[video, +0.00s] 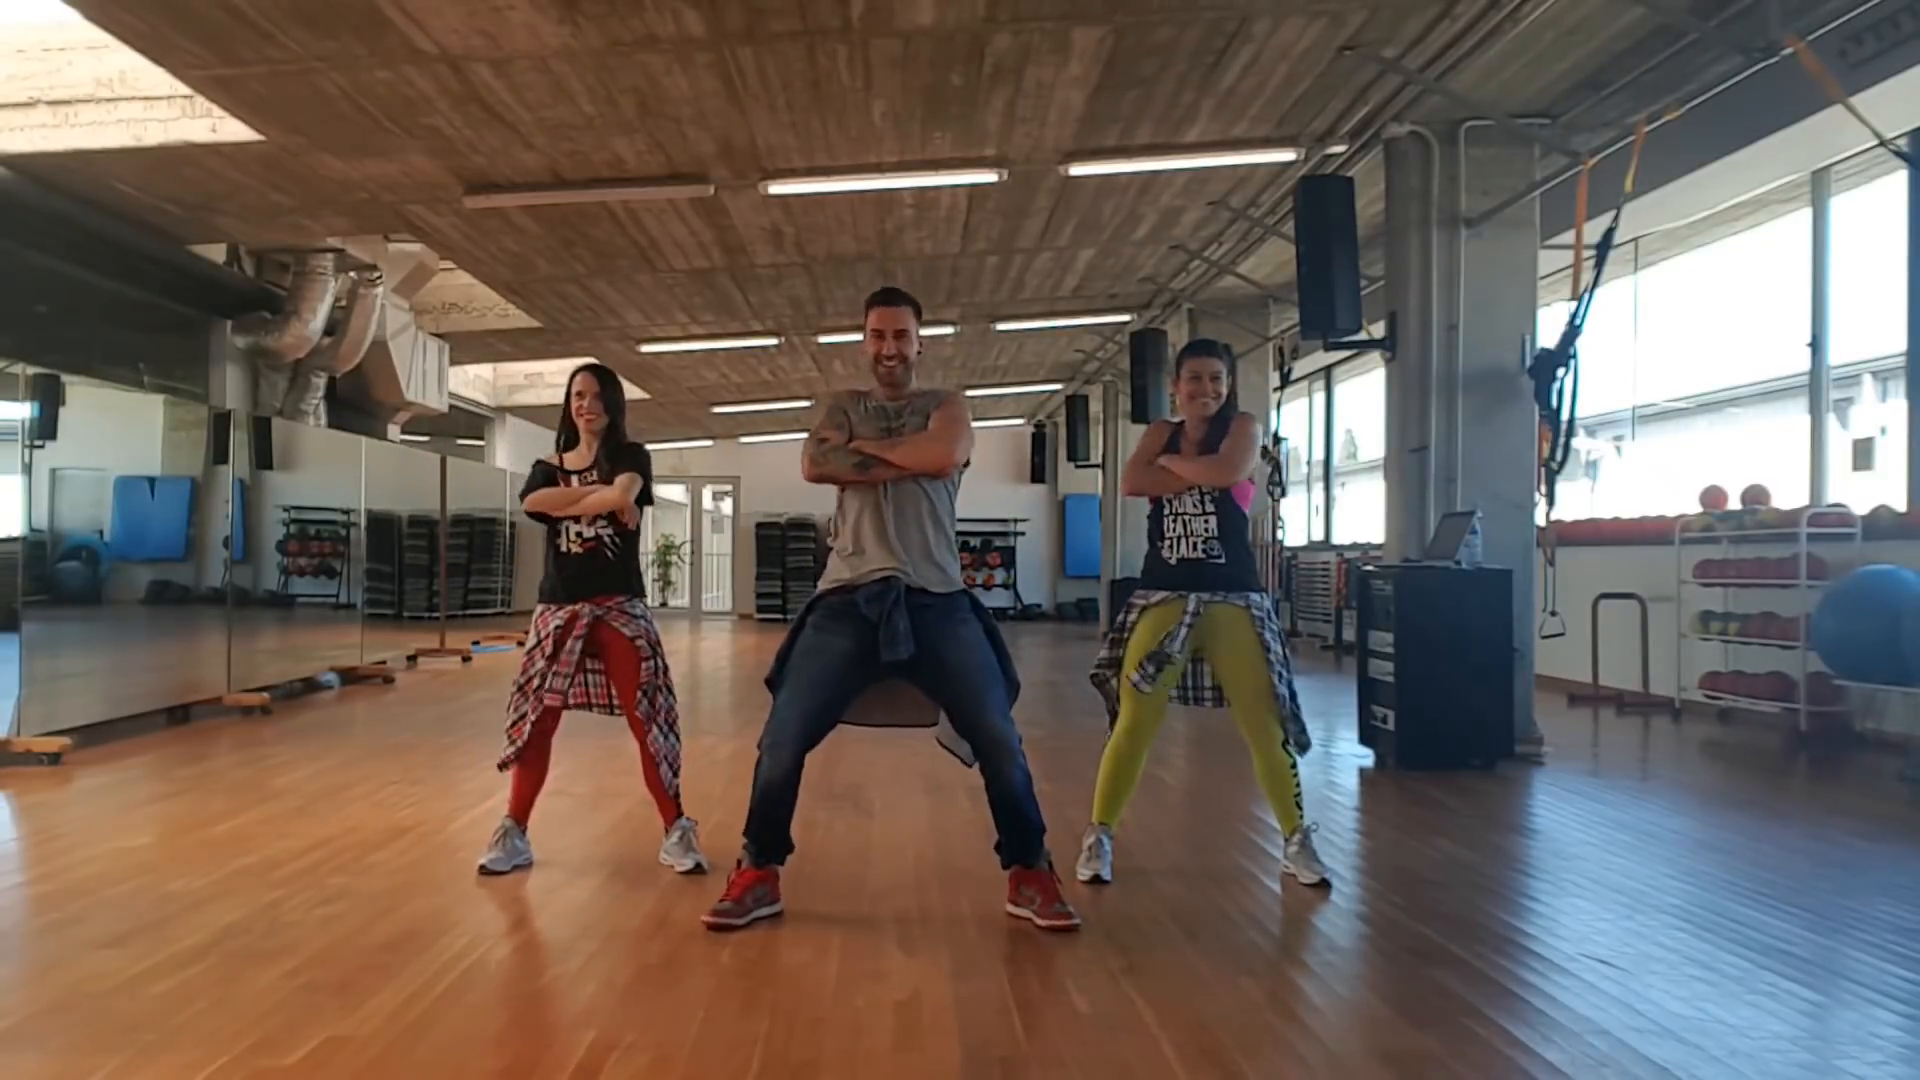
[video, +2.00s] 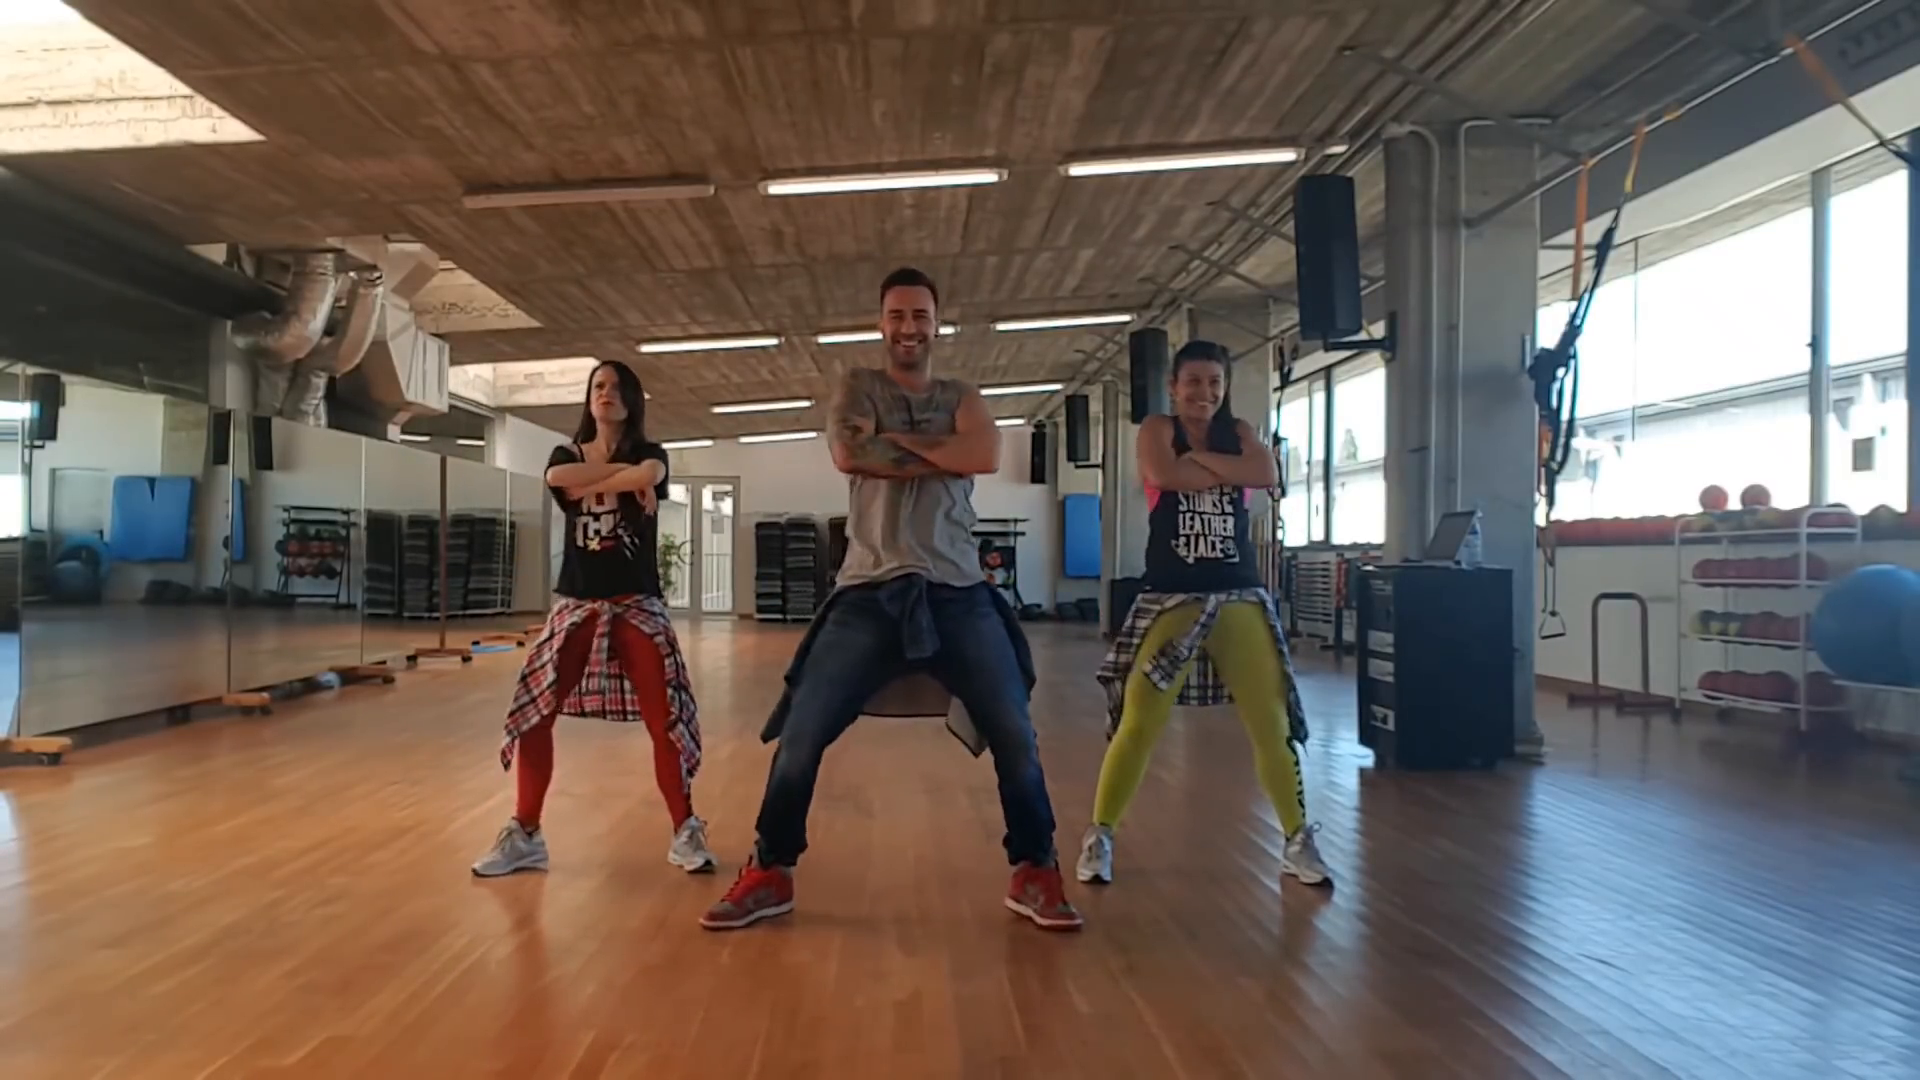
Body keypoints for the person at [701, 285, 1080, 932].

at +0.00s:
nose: (890, 347)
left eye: (901, 337)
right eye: (879, 337)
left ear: (918, 342)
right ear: (864, 342)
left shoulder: (945, 404)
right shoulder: (840, 408)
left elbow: (944, 453)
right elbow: (814, 467)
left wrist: (855, 446)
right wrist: (909, 462)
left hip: (935, 596)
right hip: (846, 596)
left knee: (996, 733)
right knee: (780, 741)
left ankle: (1029, 873)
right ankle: (758, 873)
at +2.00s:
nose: (908, 326)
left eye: (919, 315)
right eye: (897, 316)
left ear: (937, 324)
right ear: (881, 326)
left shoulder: (961, 397)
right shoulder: (858, 390)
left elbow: (983, 456)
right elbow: (848, 458)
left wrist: (892, 443)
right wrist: (943, 459)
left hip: (958, 590)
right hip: (868, 589)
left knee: (1012, 729)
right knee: (802, 727)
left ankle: (1035, 873)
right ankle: (771, 873)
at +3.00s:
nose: (918, 330)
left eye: (930, 319)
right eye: (908, 319)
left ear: (948, 328)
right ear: (890, 327)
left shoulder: (970, 400)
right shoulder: (870, 392)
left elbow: (998, 459)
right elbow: (867, 458)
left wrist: (904, 439)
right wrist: (960, 459)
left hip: (963, 594)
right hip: (872, 593)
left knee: (1020, 734)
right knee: (809, 733)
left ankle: (1034, 873)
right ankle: (777, 874)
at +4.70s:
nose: (876, 329)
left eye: (888, 317)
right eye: (865, 316)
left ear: (905, 325)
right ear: (847, 324)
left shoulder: (932, 394)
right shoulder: (823, 396)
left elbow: (924, 463)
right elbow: (794, 475)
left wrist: (833, 447)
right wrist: (883, 466)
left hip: (920, 594)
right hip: (832, 593)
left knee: (980, 729)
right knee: (777, 736)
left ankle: (1013, 875)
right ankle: (763, 873)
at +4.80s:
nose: (887, 314)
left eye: (899, 303)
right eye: (876, 304)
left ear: (916, 318)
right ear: (857, 318)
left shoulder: (940, 389)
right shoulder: (834, 387)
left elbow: (947, 461)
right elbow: (808, 468)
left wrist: (853, 442)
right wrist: (901, 463)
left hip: (932, 589)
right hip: (845, 589)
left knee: (992, 726)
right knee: (789, 727)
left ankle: (1020, 871)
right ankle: (764, 872)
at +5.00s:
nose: (909, 309)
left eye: (920, 301)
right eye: (897, 301)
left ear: (937, 321)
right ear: (878, 321)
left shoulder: (963, 396)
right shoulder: (853, 392)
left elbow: (977, 476)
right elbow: (835, 480)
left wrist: (882, 458)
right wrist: (931, 488)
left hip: (954, 592)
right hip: (866, 592)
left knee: (1005, 727)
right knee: (809, 731)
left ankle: (1025, 873)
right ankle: (775, 872)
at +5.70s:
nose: (917, 321)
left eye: (927, 311)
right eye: (905, 310)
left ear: (943, 324)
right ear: (886, 322)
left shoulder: (962, 396)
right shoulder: (855, 397)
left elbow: (996, 431)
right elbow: (805, 458)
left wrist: (997, 338)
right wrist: (775, 398)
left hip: (949, 589)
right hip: (861, 585)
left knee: (1004, 726)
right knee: (804, 721)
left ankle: (1026, 872)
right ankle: (769, 869)